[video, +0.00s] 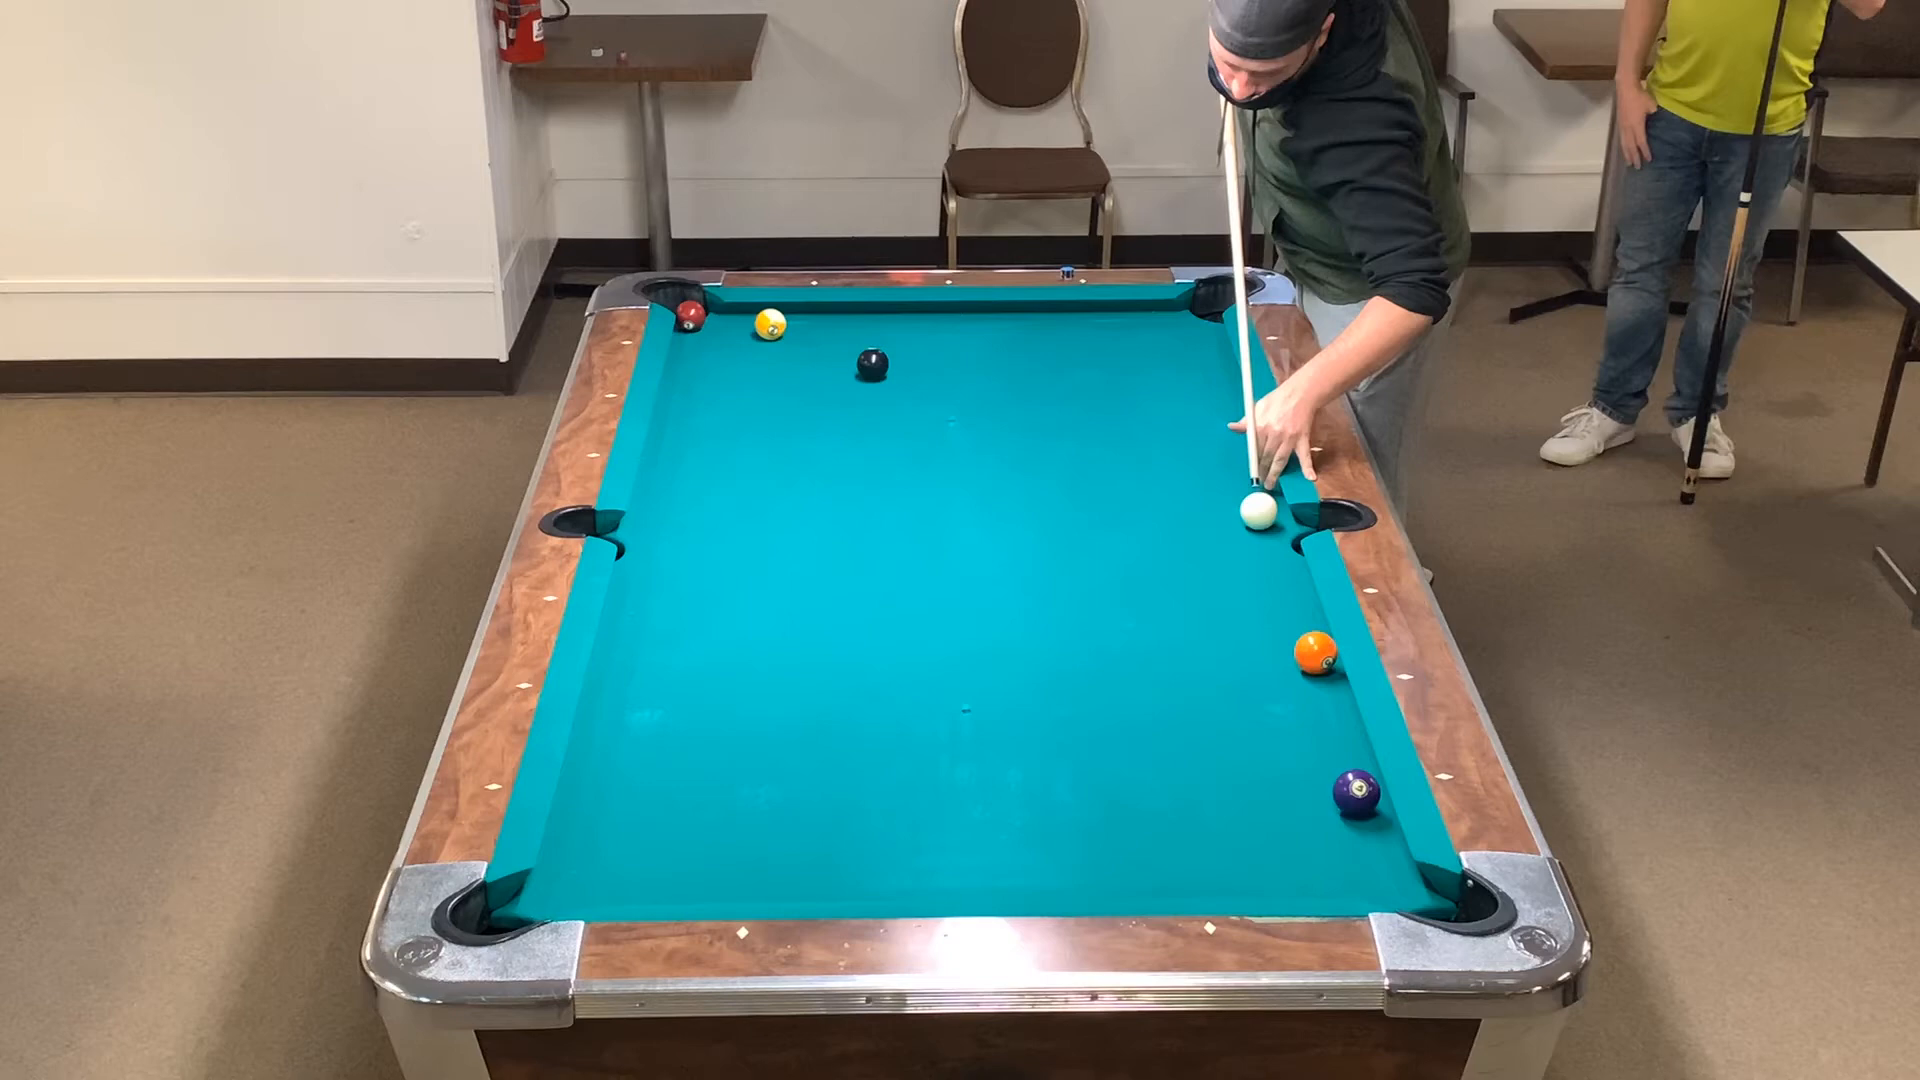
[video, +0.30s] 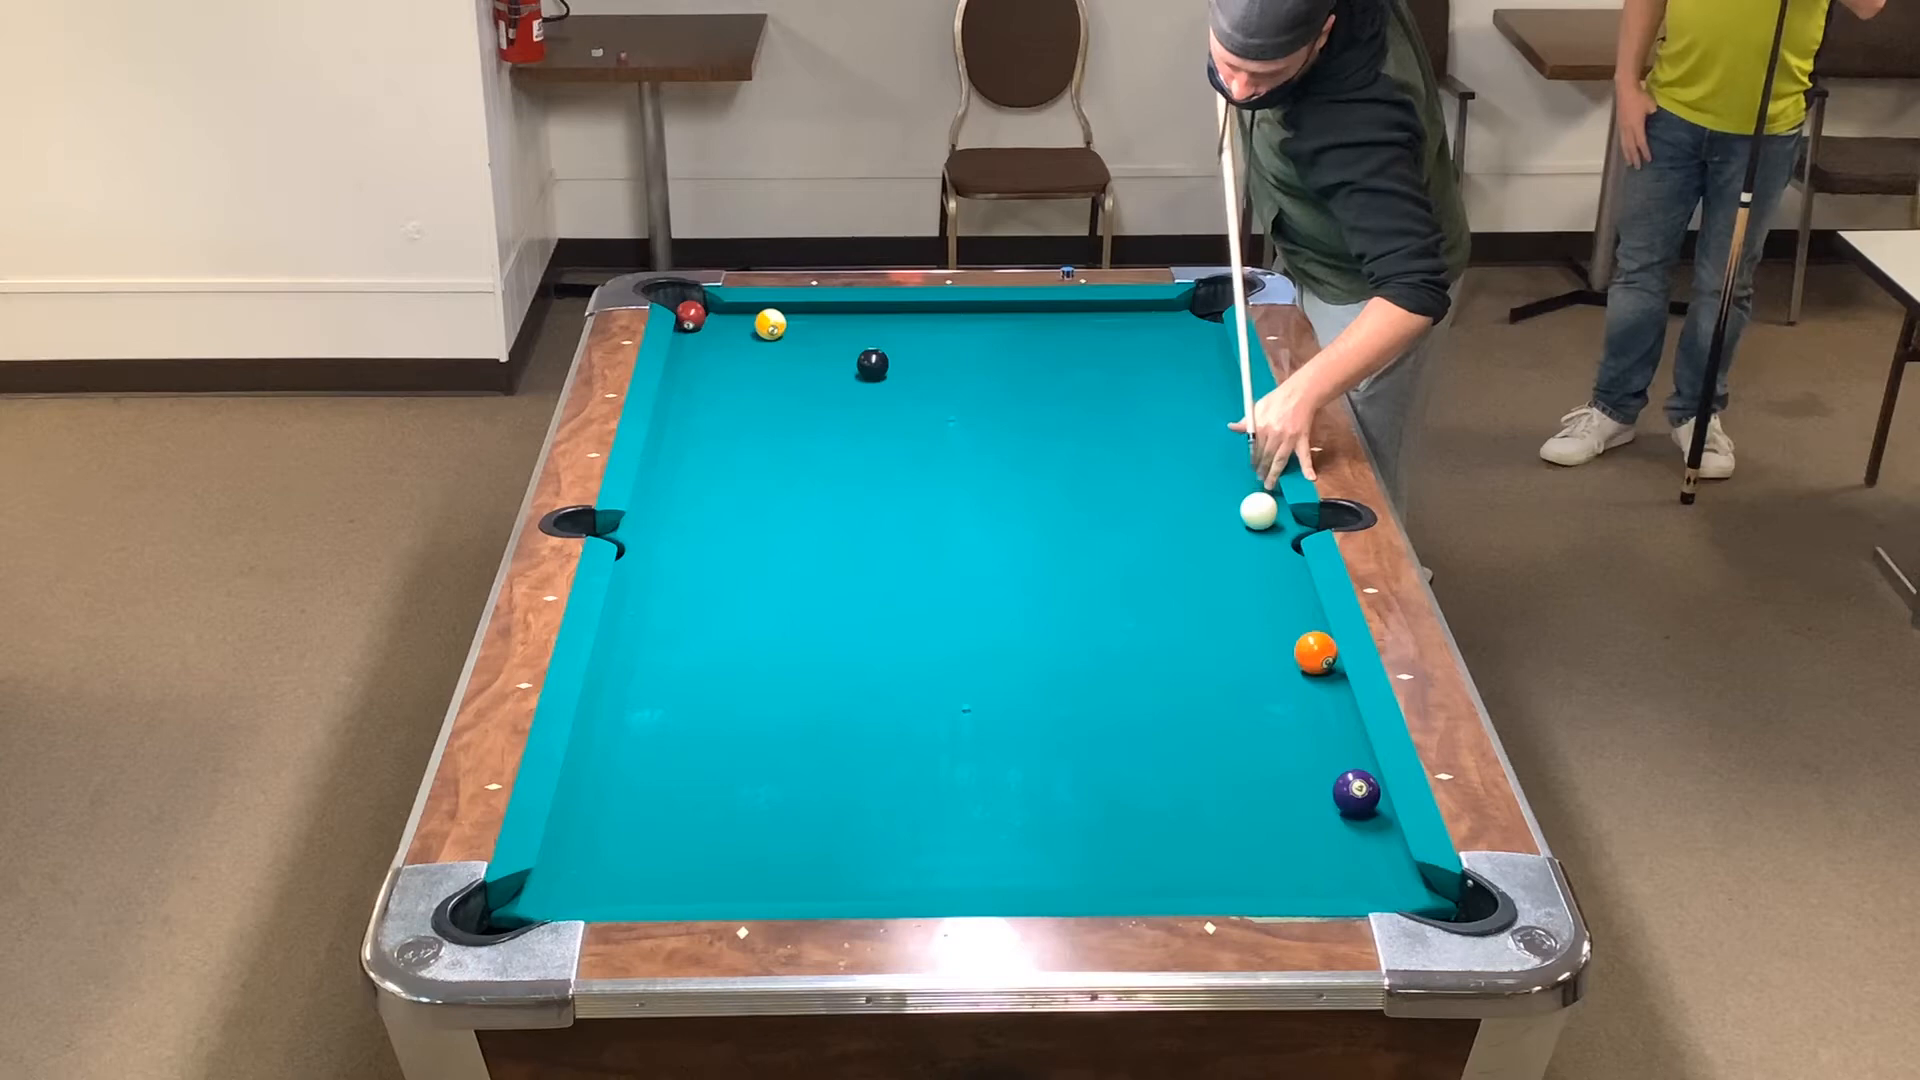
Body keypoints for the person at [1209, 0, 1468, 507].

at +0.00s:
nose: (1240, 89)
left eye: (1267, 75)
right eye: (1227, 64)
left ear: (1322, 30)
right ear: (1218, 14)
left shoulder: (1353, 110)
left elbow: (1419, 287)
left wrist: (1304, 392)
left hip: (1368, 286)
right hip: (1304, 255)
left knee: (1357, 465)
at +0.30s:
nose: (1239, 90)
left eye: (1268, 76)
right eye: (1227, 64)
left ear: (1323, 31)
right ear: (1217, 14)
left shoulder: (1353, 111)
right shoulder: (1264, 11)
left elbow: (1419, 289)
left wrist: (1303, 392)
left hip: (1369, 285)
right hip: (1303, 254)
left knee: (1357, 464)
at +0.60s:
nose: (1240, 90)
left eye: (1268, 76)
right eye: (1227, 64)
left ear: (1324, 33)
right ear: (1216, 14)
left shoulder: (1353, 113)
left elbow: (1419, 290)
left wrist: (1303, 392)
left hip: (1369, 285)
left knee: (1358, 462)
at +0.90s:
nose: (1240, 89)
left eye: (1269, 76)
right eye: (1227, 63)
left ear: (1325, 32)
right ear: (1217, 14)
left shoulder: (1354, 113)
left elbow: (1419, 290)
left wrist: (1305, 391)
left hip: (1368, 286)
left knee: (1357, 466)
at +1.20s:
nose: (1245, 87)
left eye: (1272, 70)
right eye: (1229, 60)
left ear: (1328, 28)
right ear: (1206, 10)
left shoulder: (1362, 112)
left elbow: (1422, 295)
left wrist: (1307, 392)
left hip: (1370, 286)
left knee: (1358, 464)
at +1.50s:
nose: (1254, 54)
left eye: (1281, 37)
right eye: (1240, 29)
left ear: (1330, 9)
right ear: (1224, 3)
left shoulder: (1369, 91)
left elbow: (1417, 280)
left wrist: (1305, 391)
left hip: (1372, 290)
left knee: (1360, 468)